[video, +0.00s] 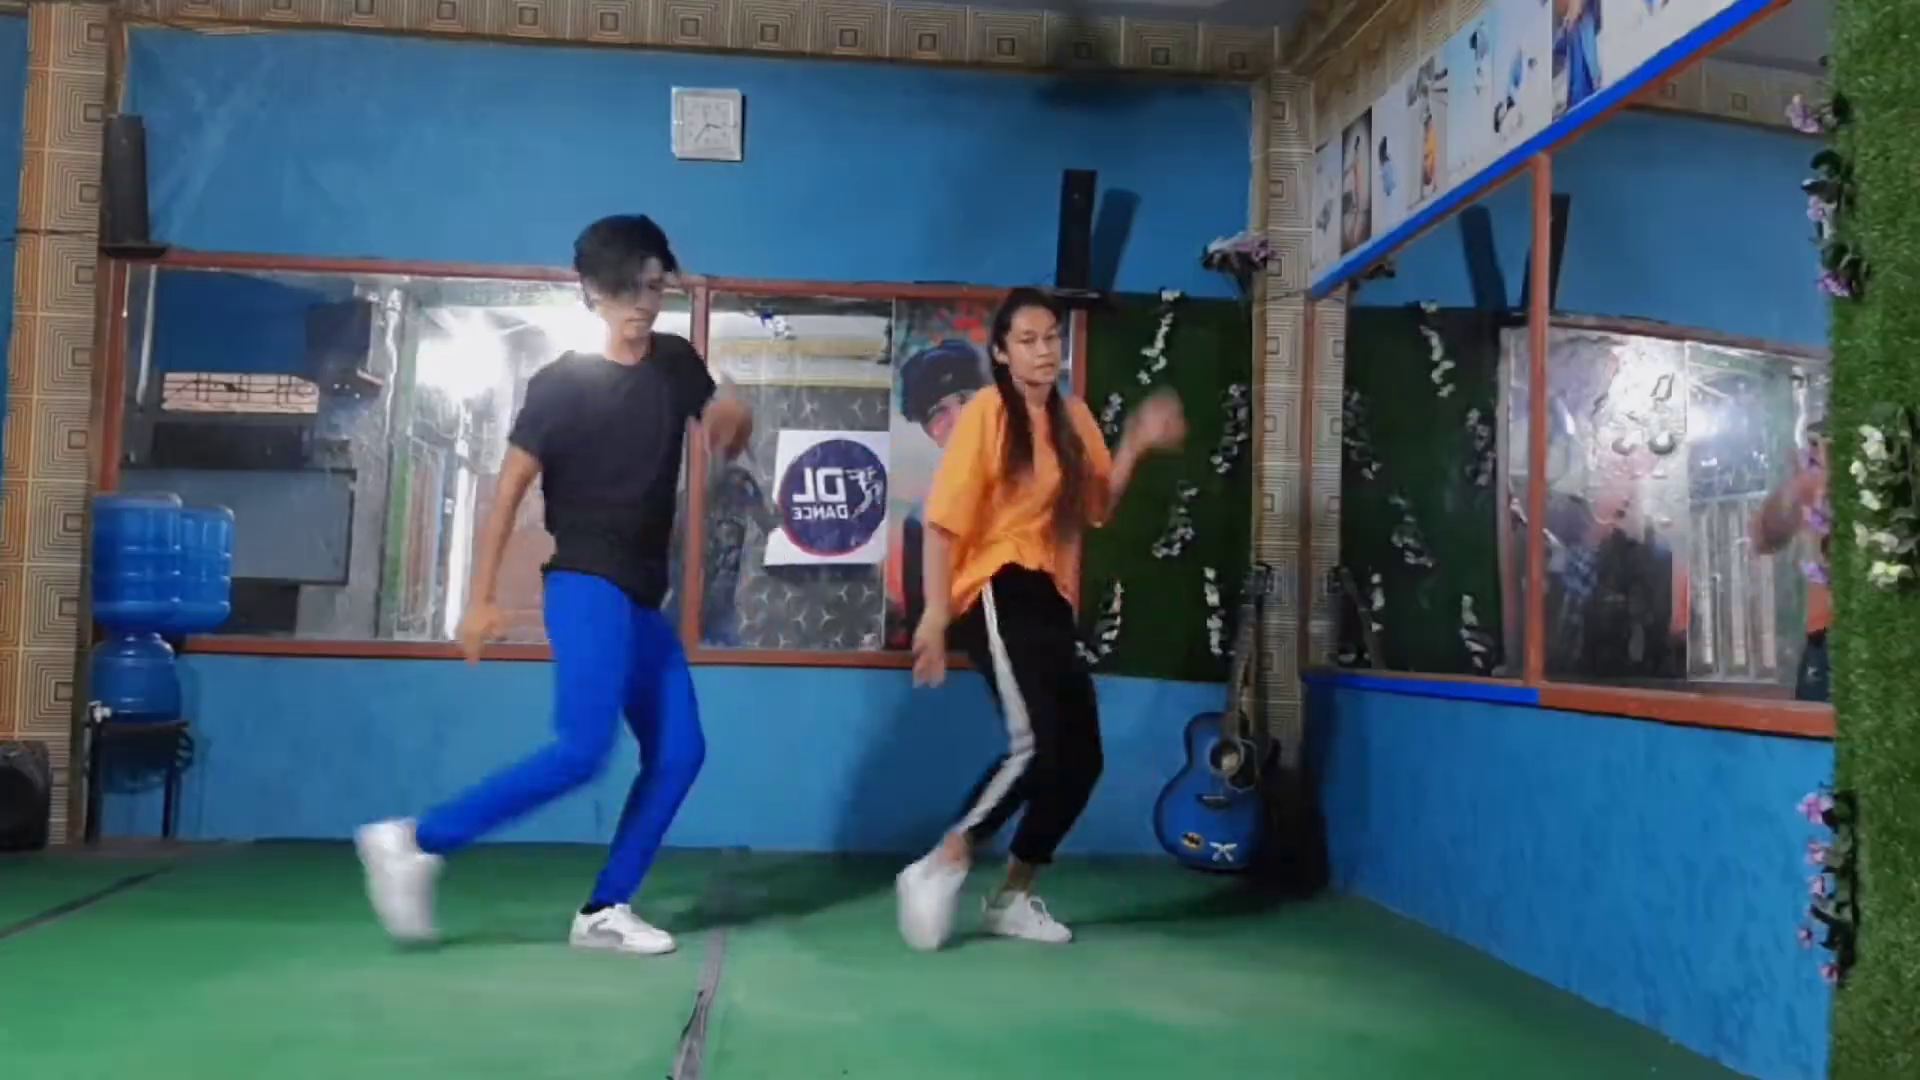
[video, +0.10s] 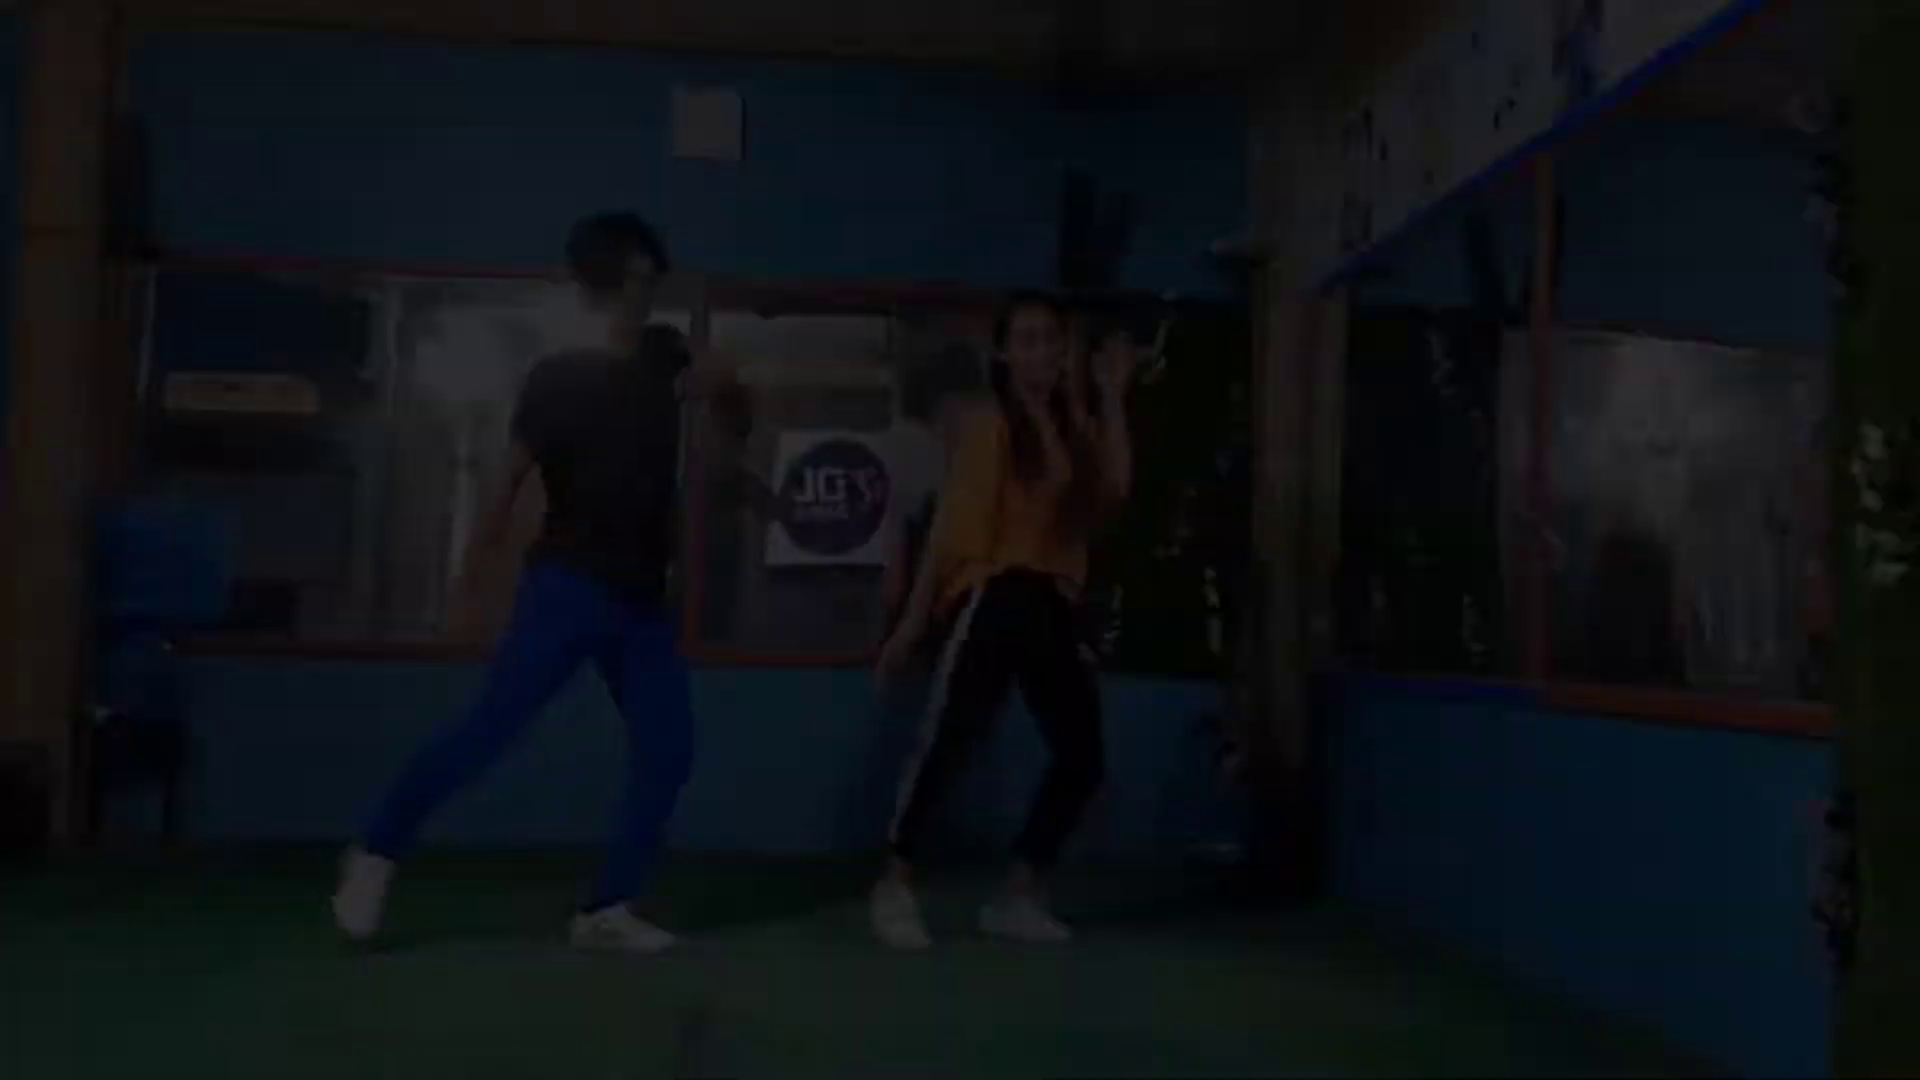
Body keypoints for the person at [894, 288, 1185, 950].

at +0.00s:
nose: (1041, 351)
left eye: (1051, 339)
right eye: (1027, 339)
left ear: (1063, 346)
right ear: (1002, 349)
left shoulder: (1075, 417)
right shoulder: (987, 412)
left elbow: (1098, 508)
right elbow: (941, 520)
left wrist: (1134, 446)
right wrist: (934, 616)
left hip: (1051, 590)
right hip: (998, 585)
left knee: (1080, 755)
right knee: (1033, 745)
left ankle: (1012, 898)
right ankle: (937, 872)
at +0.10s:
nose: (1036, 354)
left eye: (1047, 340)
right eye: (1024, 341)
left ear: (1065, 352)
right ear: (1004, 353)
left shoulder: (1075, 427)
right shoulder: (988, 425)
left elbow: (1113, 488)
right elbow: (951, 531)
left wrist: (1111, 399)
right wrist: (913, 621)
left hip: (1053, 598)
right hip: (990, 593)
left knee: (1079, 750)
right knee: (952, 735)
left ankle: (1020, 891)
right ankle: (897, 882)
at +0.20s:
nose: (1029, 341)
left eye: (1039, 329)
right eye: (1015, 330)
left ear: (1055, 338)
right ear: (993, 340)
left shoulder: (1079, 409)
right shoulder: (967, 416)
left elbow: (1127, 471)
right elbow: (905, 514)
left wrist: (1113, 475)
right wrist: (904, 596)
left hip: (1055, 599)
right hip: (979, 589)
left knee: (1084, 749)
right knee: (904, 702)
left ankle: (1016, 891)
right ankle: (902, 850)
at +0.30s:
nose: (1011, 335)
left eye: (1024, 323)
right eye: (998, 322)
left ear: (1038, 334)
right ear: (975, 331)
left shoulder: (1065, 404)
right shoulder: (943, 409)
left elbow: (1092, 507)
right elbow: (890, 493)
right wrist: (872, 534)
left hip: (1050, 596)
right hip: (967, 590)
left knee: (1090, 743)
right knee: (895, 708)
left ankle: (1026, 883)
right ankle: (888, 872)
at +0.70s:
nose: (998, 356)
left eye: (1012, 346)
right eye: (988, 340)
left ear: (1024, 353)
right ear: (962, 337)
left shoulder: (1045, 417)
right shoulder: (922, 407)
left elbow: (1076, 506)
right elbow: (865, 476)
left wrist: (1043, 542)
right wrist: (885, 528)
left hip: (1011, 597)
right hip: (934, 589)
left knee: (996, 746)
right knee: (907, 744)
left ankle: (1011, 887)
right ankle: (901, 893)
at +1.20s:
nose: (1007, 340)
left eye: (1023, 334)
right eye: (999, 323)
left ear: (1030, 345)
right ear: (970, 322)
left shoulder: (1038, 415)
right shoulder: (917, 394)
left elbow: (1073, 517)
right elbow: (847, 484)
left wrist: (1028, 563)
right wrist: (883, 545)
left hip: (976, 583)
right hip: (903, 569)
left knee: (935, 740)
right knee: (894, 738)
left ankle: (952, 872)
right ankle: (898, 897)